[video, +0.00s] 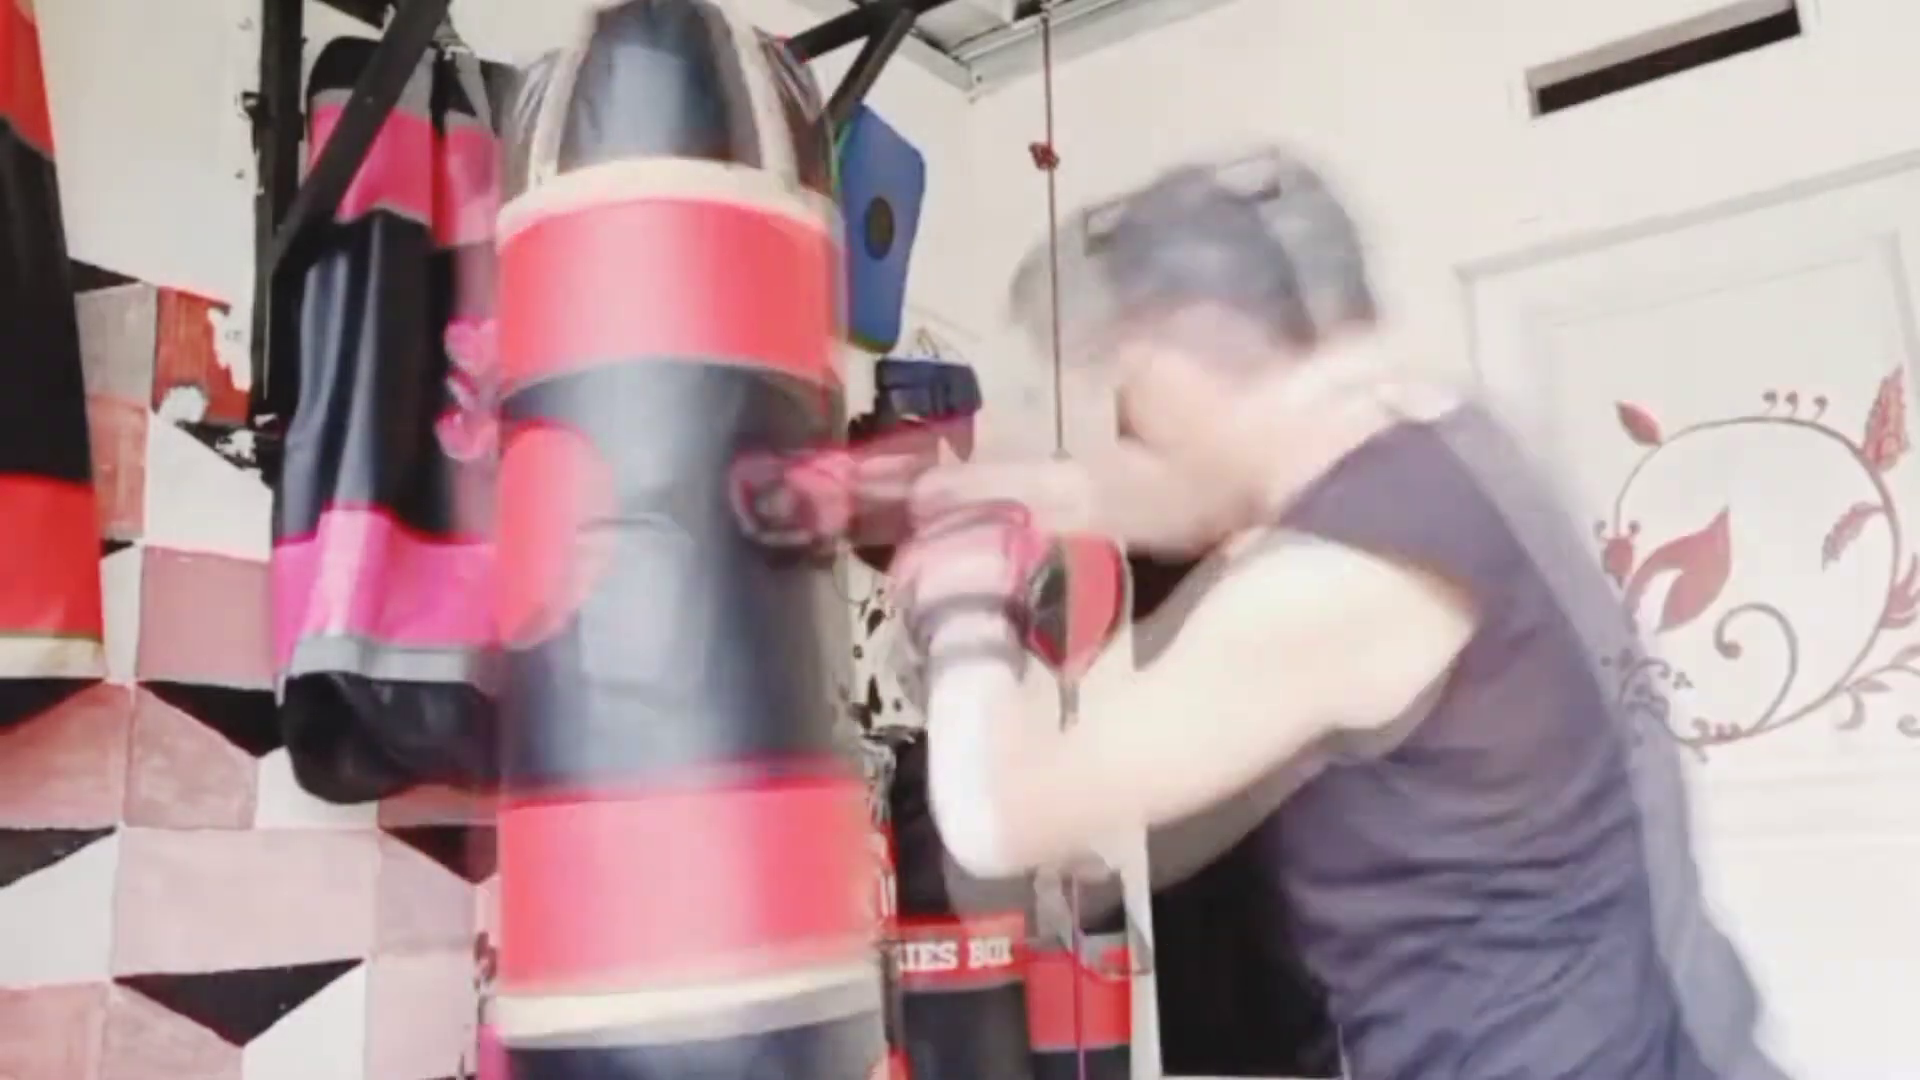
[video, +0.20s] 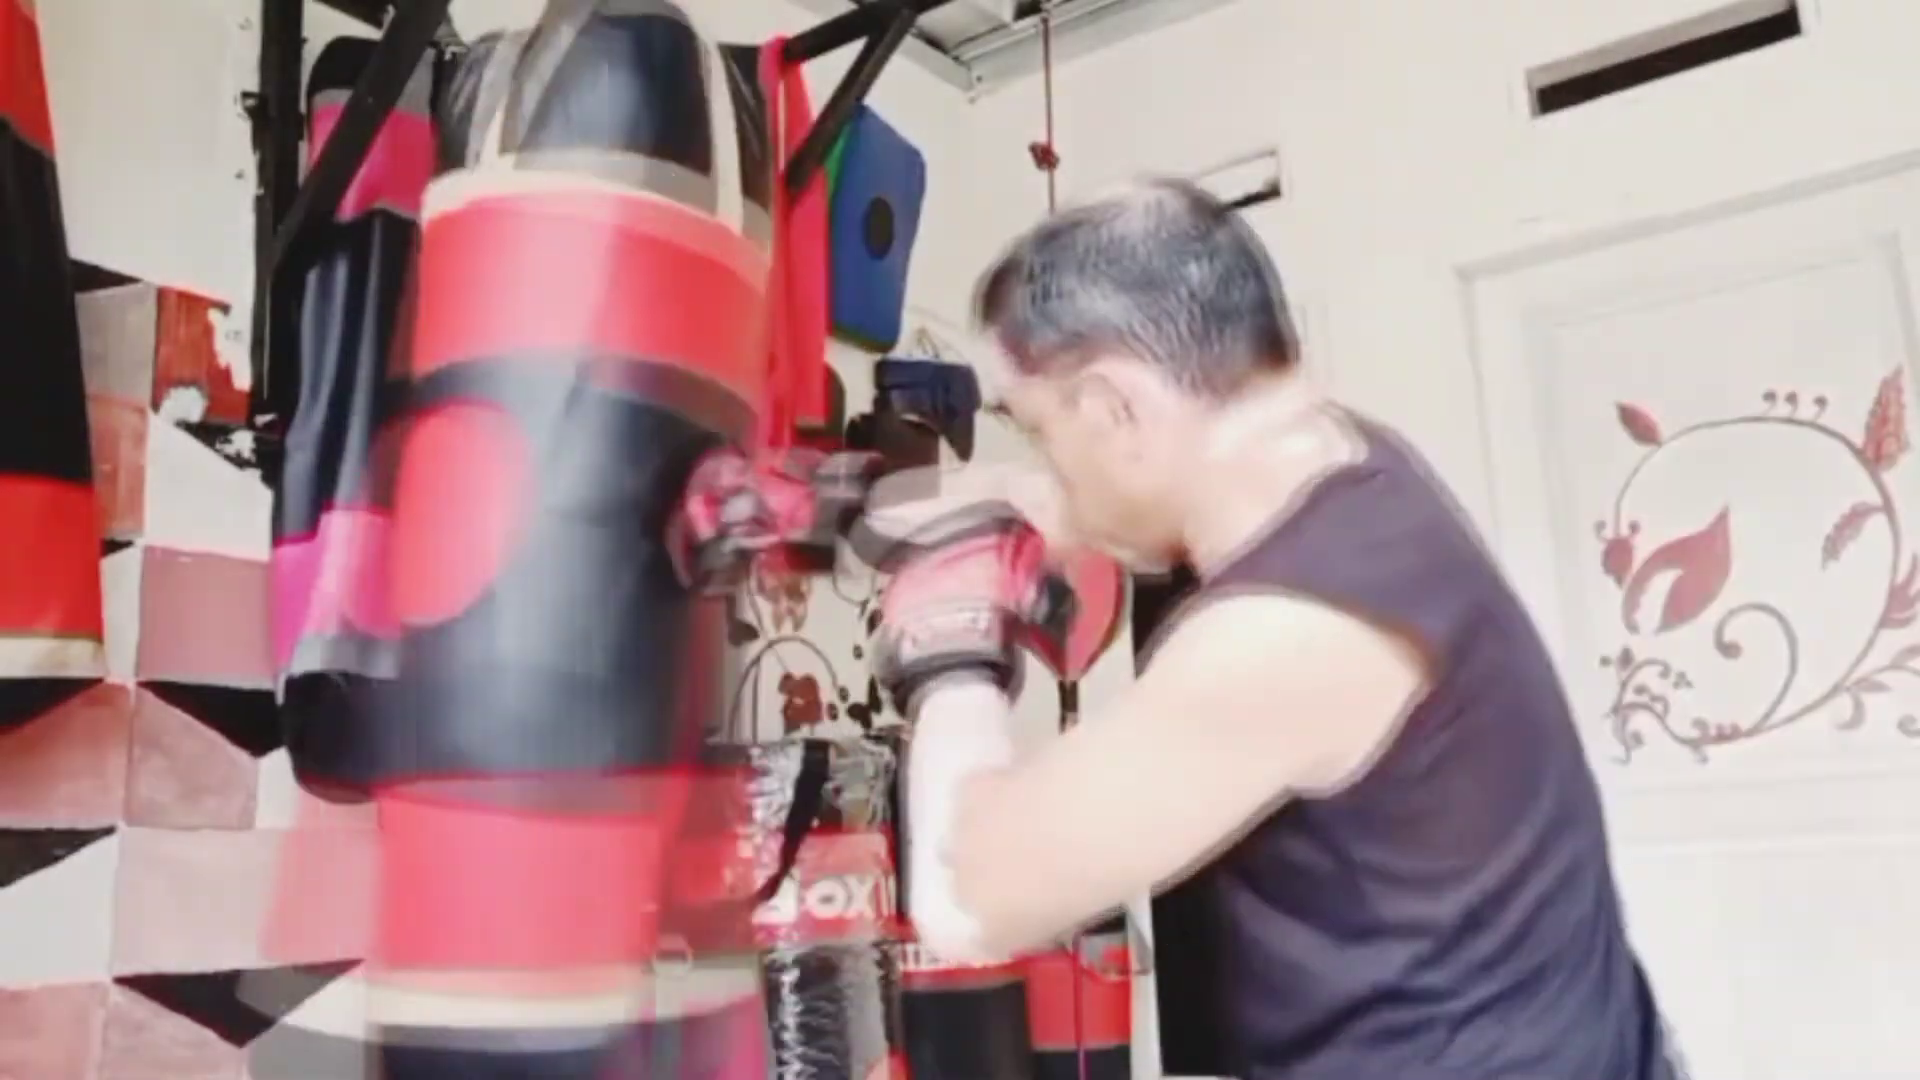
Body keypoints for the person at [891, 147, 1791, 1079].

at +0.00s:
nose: (1124, 430)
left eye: (1126, 385)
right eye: (1115, 395)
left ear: (1203, 337)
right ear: (1294, 319)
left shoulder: (1348, 561)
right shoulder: (1445, 453)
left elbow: (1005, 819)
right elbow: (1186, 500)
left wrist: (969, 605)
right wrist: (961, 485)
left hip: (1497, 1055)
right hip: (1604, 1026)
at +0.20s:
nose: (1048, 469)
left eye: (1040, 428)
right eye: (1028, 431)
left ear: (1118, 405)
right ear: (1244, 347)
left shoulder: (1298, 627)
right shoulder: (1346, 472)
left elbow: (973, 900)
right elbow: (1175, 553)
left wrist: (952, 649)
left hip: (1428, 1057)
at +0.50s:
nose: (1199, 404)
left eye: (1190, 362)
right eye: (1184, 368)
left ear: (1252, 326)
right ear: (1386, 285)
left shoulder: (1288, 520)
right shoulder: (1607, 446)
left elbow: (1001, 776)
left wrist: (1011, 549)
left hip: (1524, 1055)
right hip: (1795, 1042)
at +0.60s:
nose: (1310, 423)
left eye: (1297, 387)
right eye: (1294, 392)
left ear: (1346, 351)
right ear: (1516, 319)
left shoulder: (1337, 539)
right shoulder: (1751, 498)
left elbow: (1047, 782)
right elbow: (1842, 817)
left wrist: (1041, 604)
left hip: (1535, 1048)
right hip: (1848, 1043)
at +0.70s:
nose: (1326, 435)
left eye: (1314, 399)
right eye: (1306, 403)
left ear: (1384, 371)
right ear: (1534, 332)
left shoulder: (1343, 538)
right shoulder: (1769, 506)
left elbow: (1049, 787)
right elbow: (1838, 834)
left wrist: (1053, 612)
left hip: (1526, 1049)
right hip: (1847, 1044)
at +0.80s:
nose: (1311, 434)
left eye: (1301, 393)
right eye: (1295, 398)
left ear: (1362, 354)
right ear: (1520, 333)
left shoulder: (1332, 537)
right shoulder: (1744, 516)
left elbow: (1038, 810)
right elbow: (1818, 858)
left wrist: (1056, 623)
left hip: (1507, 1055)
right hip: (1799, 1051)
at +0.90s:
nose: (1200, 405)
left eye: (1204, 361)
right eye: (1194, 368)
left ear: (1278, 324)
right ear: (1380, 306)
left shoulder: (1341, 520)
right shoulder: (1571, 462)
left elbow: (1078, 836)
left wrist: (1025, 647)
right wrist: (1146, 625)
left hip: (1534, 1057)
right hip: (1740, 1042)